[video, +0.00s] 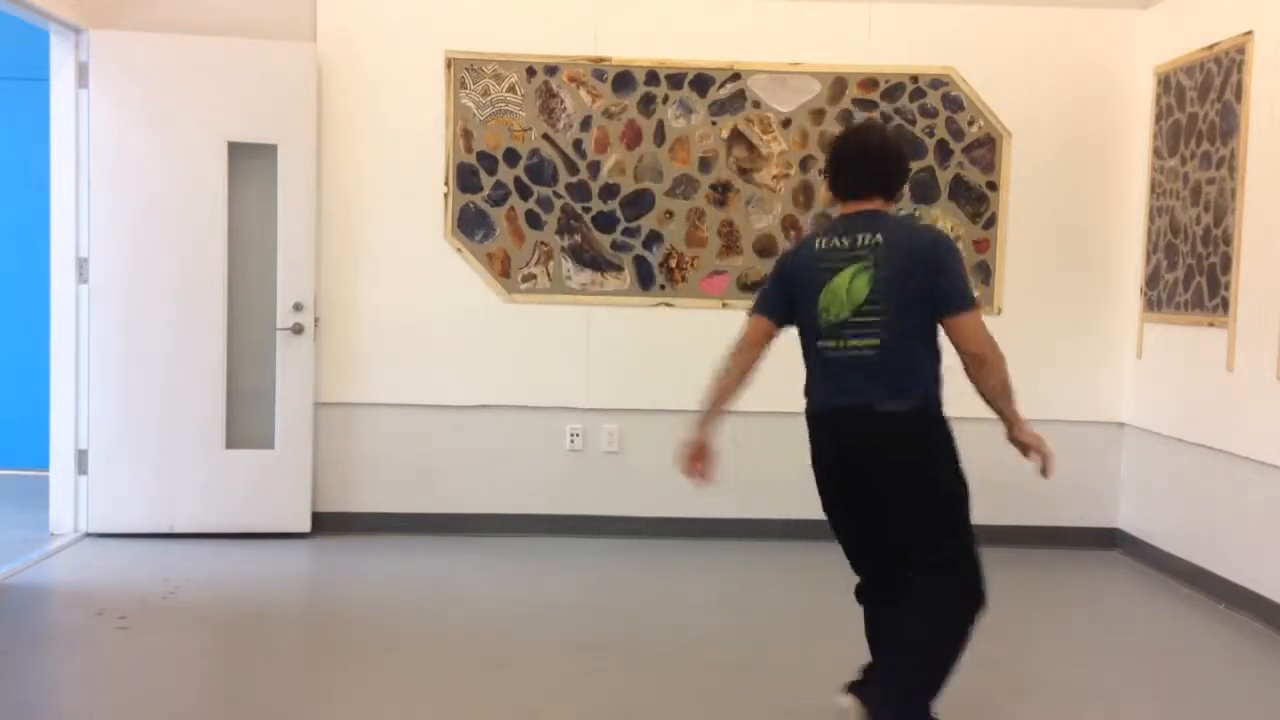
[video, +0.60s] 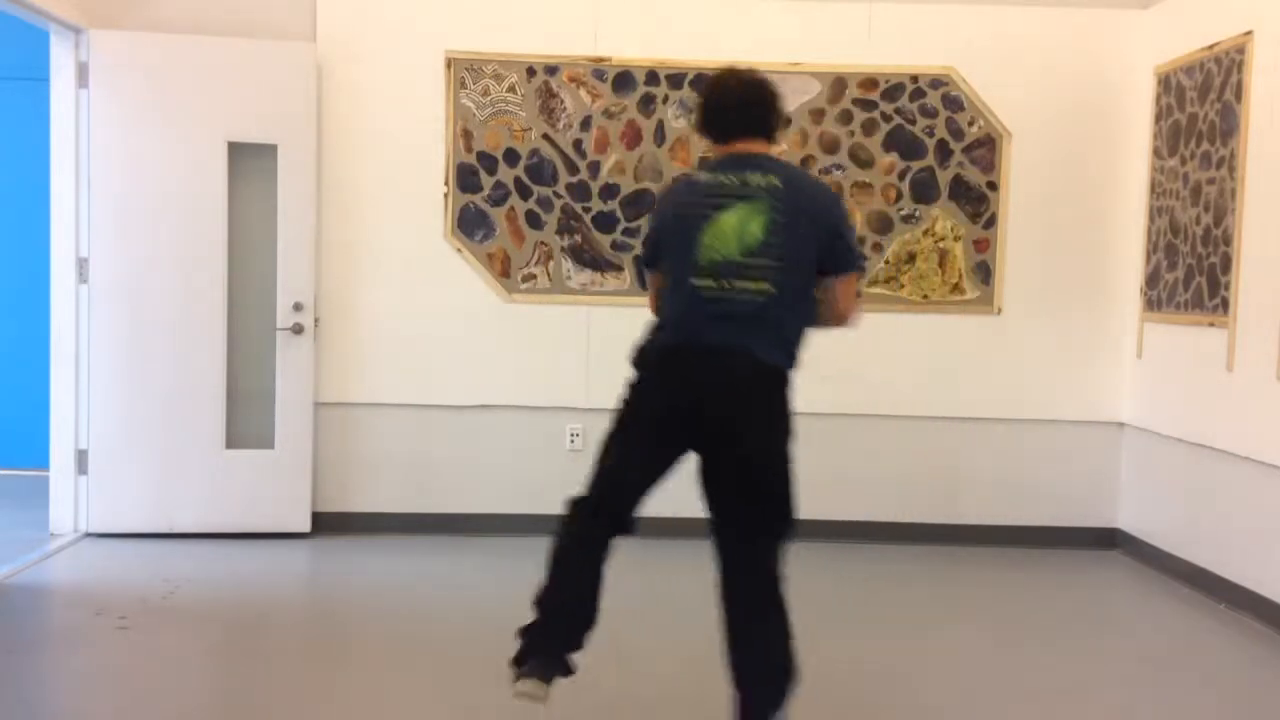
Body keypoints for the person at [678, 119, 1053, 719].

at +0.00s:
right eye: (898, 173)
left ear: (832, 182)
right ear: (898, 180)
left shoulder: (802, 256)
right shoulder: (928, 248)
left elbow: (749, 347)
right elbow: (977, 351)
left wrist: (703, 424)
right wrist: (1014, 423)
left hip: (834, 442)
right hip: (909, 438)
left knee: (880, 575)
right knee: (955, 583)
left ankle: (894, 697)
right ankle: (890, 698)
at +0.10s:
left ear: (822, 164)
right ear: (887, 162)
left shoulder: (793, 234)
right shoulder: (922, 228)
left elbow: (724, 309)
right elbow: (970, 322)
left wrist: (664, 372)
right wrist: (1007, 411)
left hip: (819, 421)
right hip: (898, 417)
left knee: (857, 566)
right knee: (904, 564)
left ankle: (896, 698)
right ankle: (845, 701)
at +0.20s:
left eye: (808, 140)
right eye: (877, 140)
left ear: (809, 144)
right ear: (877, 143)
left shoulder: (781, 206)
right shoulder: (912, 204)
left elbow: (707, 293)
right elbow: (952, 301)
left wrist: (633, 339)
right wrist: (970, 402)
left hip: (797, 396)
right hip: (877, 397)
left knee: (808, 536)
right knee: (862, 545)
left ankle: (829, 680)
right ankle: (822, 698)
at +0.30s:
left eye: (793, 153)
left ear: (792, 157)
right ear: (860, 156)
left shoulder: (763, 223)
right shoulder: (897, 229)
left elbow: (690, 316)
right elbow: (930, 330)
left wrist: (628, 344)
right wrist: (933, 431)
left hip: (770, 419)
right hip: (854, 423)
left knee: (759, 562)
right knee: (836, 579)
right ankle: (804, 710)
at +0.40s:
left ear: (771, 178)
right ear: (840, 176)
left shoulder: (740, 248)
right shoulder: (874, 255)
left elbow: (672, 345)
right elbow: (906, 365)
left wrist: (679, 366)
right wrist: (891, 437)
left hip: (743, 441)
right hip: (830, 447)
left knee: (697, 570)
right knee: (823, 600)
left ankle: (630, 697)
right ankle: (798, 714)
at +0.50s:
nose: (741, 169)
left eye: (741, 159)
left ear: (743, 162)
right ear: (810, 159)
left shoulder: (716, 233)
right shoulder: (847, 234)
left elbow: (660, 324)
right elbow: (886, 338)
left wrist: (714, 351)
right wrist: (833, 362)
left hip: (709, 417)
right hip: (791, 424)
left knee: (643, 536)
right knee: (798, 584)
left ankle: (573, 664)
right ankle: (793, 711)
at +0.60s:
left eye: (709, 126)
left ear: (706, 130)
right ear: (776, 127)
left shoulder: (683, 193)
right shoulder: (815, 199)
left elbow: (660, 299)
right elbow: (841, 306)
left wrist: (721, 291)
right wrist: (774, 298)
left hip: (669, 382)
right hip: (753, 393)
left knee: (599, 510)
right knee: (750, 550)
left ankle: (543, 651)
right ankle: (761, 701)